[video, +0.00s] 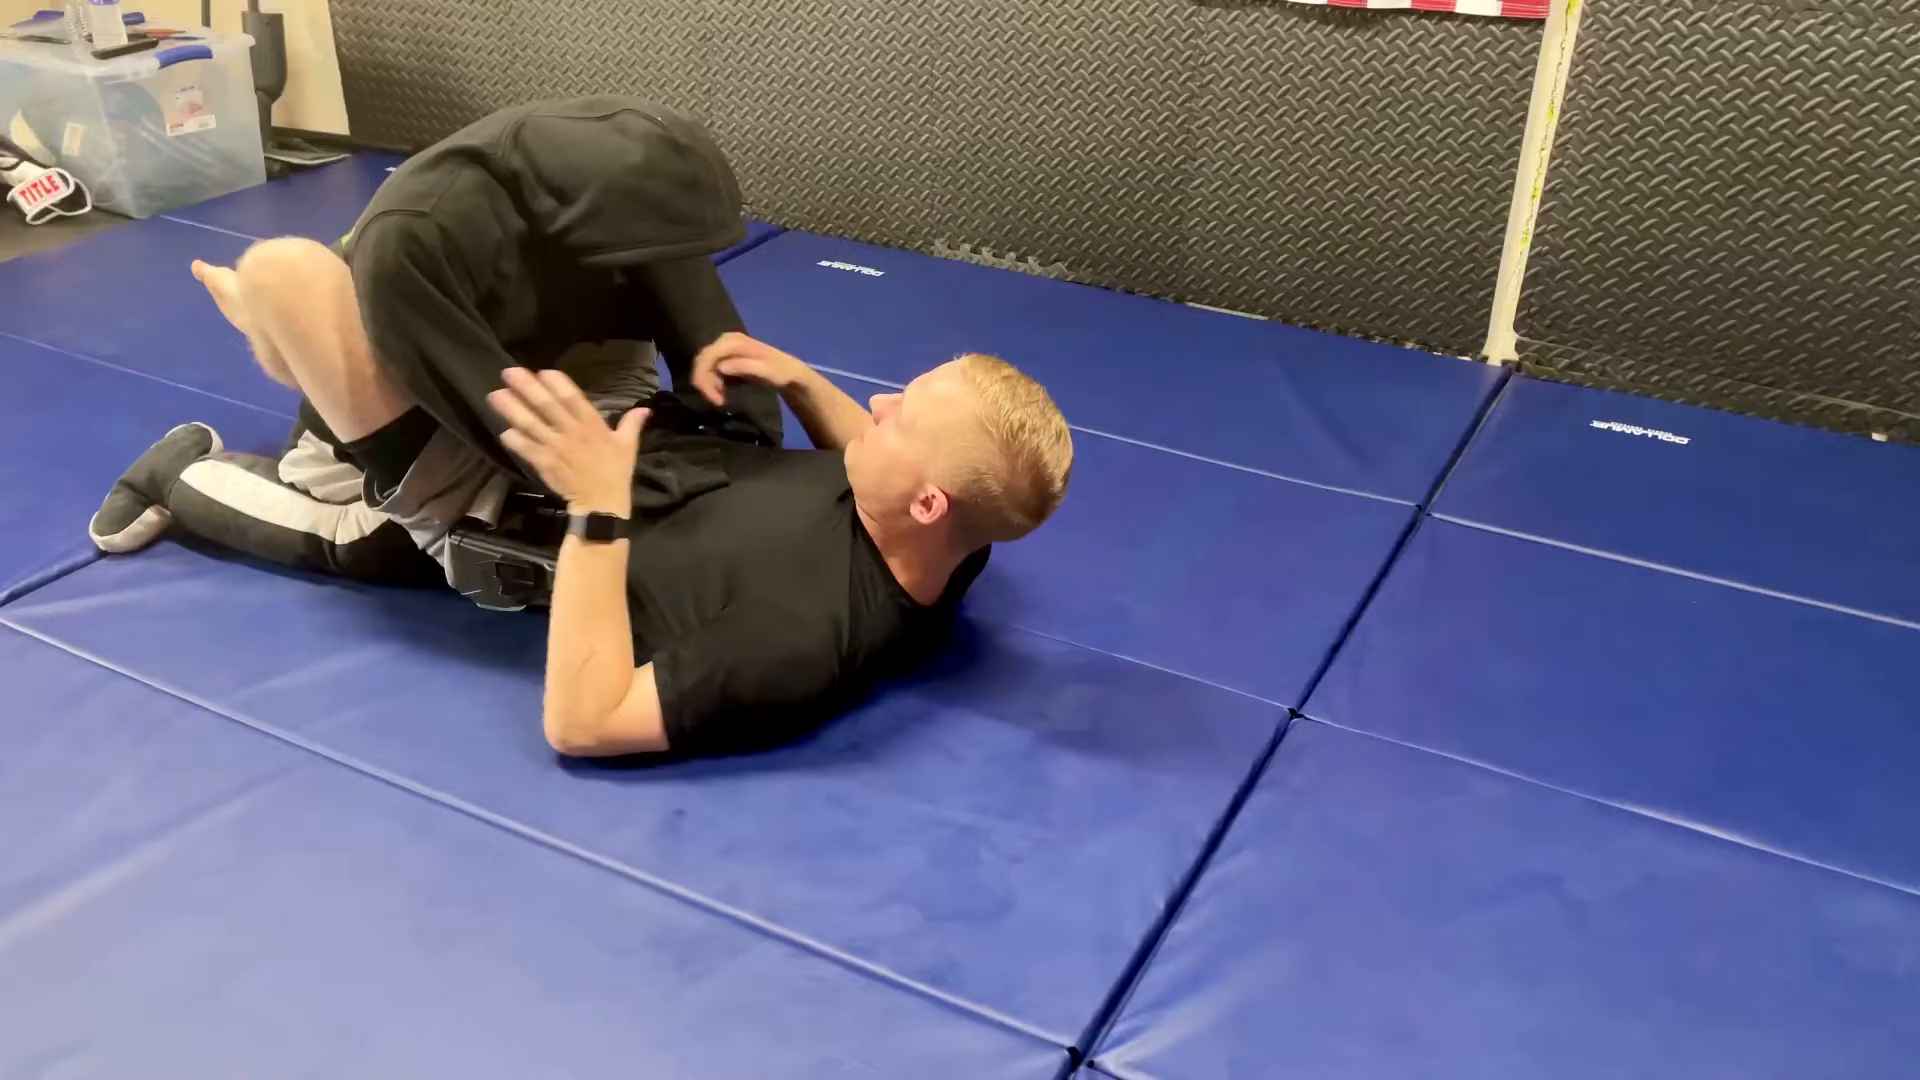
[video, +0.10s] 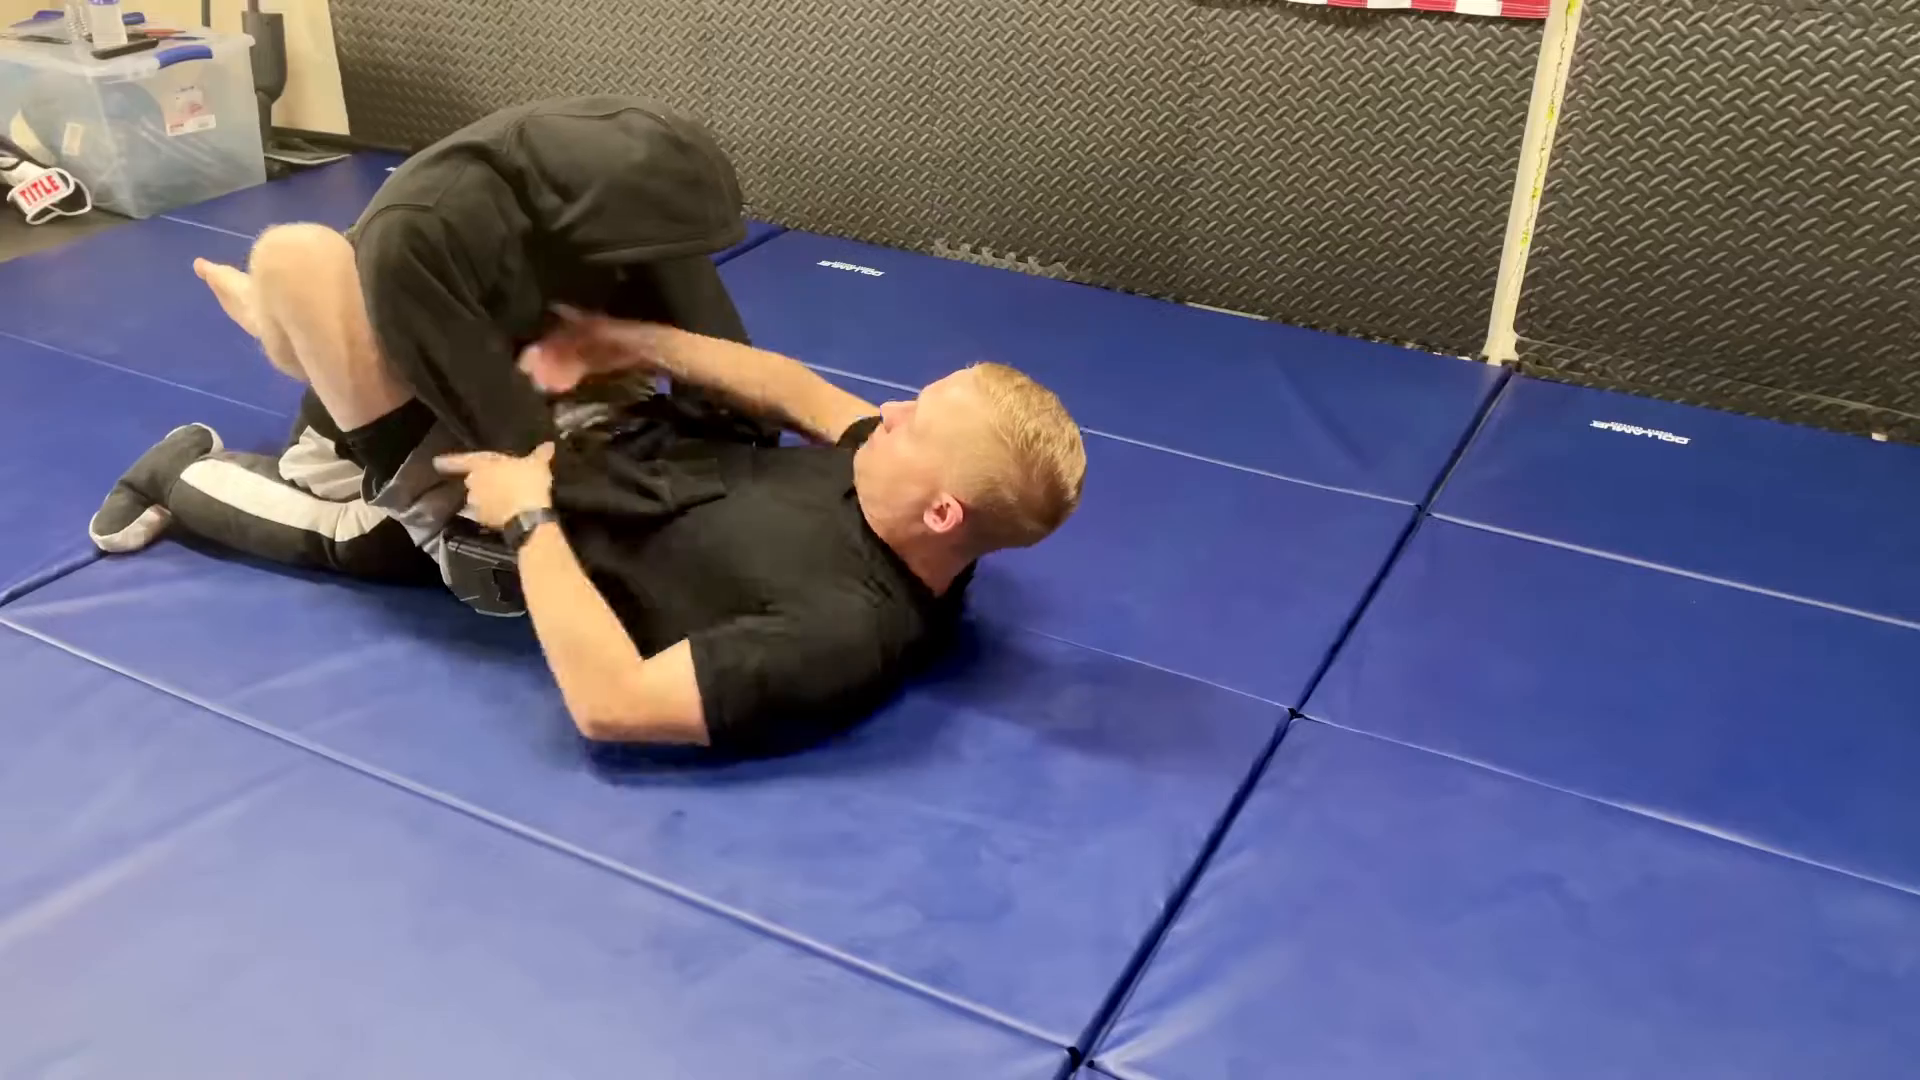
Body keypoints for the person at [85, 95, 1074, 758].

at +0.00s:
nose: (883, 399)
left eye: (901, 403)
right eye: (907, 392)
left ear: (919, 501)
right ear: (949, 512)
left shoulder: (806, 638)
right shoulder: (939, 533)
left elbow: (585, 720)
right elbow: (877, 468)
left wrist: (598, 509)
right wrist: (798, 382)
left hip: (527, 515)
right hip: (659, 437)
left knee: (285, 268)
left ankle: (344, 462)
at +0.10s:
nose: (895, 406)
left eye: (913, 415)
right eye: (920, 399)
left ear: (934, 508)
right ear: (955, 510)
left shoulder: (846, 636)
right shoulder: (912, 495)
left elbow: (621, 706)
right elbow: (814, 399)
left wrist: (531, 522)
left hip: (523, 527)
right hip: (627, 434)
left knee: (295, 252)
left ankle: (346, 462)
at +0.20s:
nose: (912, 428)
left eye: (940, 450)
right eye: (940, 418)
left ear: (961, 543)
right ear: (940, 413)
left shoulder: (860, 639)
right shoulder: (913, 436)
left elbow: (631, 678)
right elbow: (737, 387)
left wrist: (567, 492)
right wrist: (529, 345)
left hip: (527, 526)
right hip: (611, 433)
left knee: (320, 238)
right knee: (343, 319)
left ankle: (343, 449)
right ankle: (281, 313)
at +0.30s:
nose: (891, 436)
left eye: (916, 452)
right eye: (918, 424)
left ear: (952, 545)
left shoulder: (839, 633)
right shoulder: (919, 444)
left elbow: (614, 573)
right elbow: (762, 375)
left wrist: (624, 398)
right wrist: (560, 281)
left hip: (530, 491)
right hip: (624, 408)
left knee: (325, 242)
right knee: (421, 251)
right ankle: (254, 237)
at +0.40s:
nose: (799, 363)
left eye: (818, 374)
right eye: (818, 354)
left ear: (849, 457)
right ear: (906, 446)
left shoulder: (751, 568)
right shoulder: (924, 466)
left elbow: (573, 434)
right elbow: (835, 330)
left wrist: (715, 365)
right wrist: (695, 291)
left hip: (544, 513)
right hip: (698, 444)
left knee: (296, 257)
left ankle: (38, 368)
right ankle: (342, 228)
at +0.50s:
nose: (691, 282)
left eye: (708, 284)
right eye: (710, 265)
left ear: (749, 346)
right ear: (854, 335)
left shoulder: (670, 471)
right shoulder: (914, 409)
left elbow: (482, 365)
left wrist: (649, 282)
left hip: (572, 558)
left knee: (288, 245)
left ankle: (80, 502)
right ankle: (397, 291)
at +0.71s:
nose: (677, 153)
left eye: (690, 142)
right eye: (689, 136)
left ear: (713, 191)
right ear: (824, 203)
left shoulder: (611, 301)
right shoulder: (864, 345)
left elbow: (471, 206)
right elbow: (910, 542)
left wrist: (495, 165)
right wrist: (822, 442)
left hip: (556, 536)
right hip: (694, 543)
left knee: (258, 266)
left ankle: (263, 564)